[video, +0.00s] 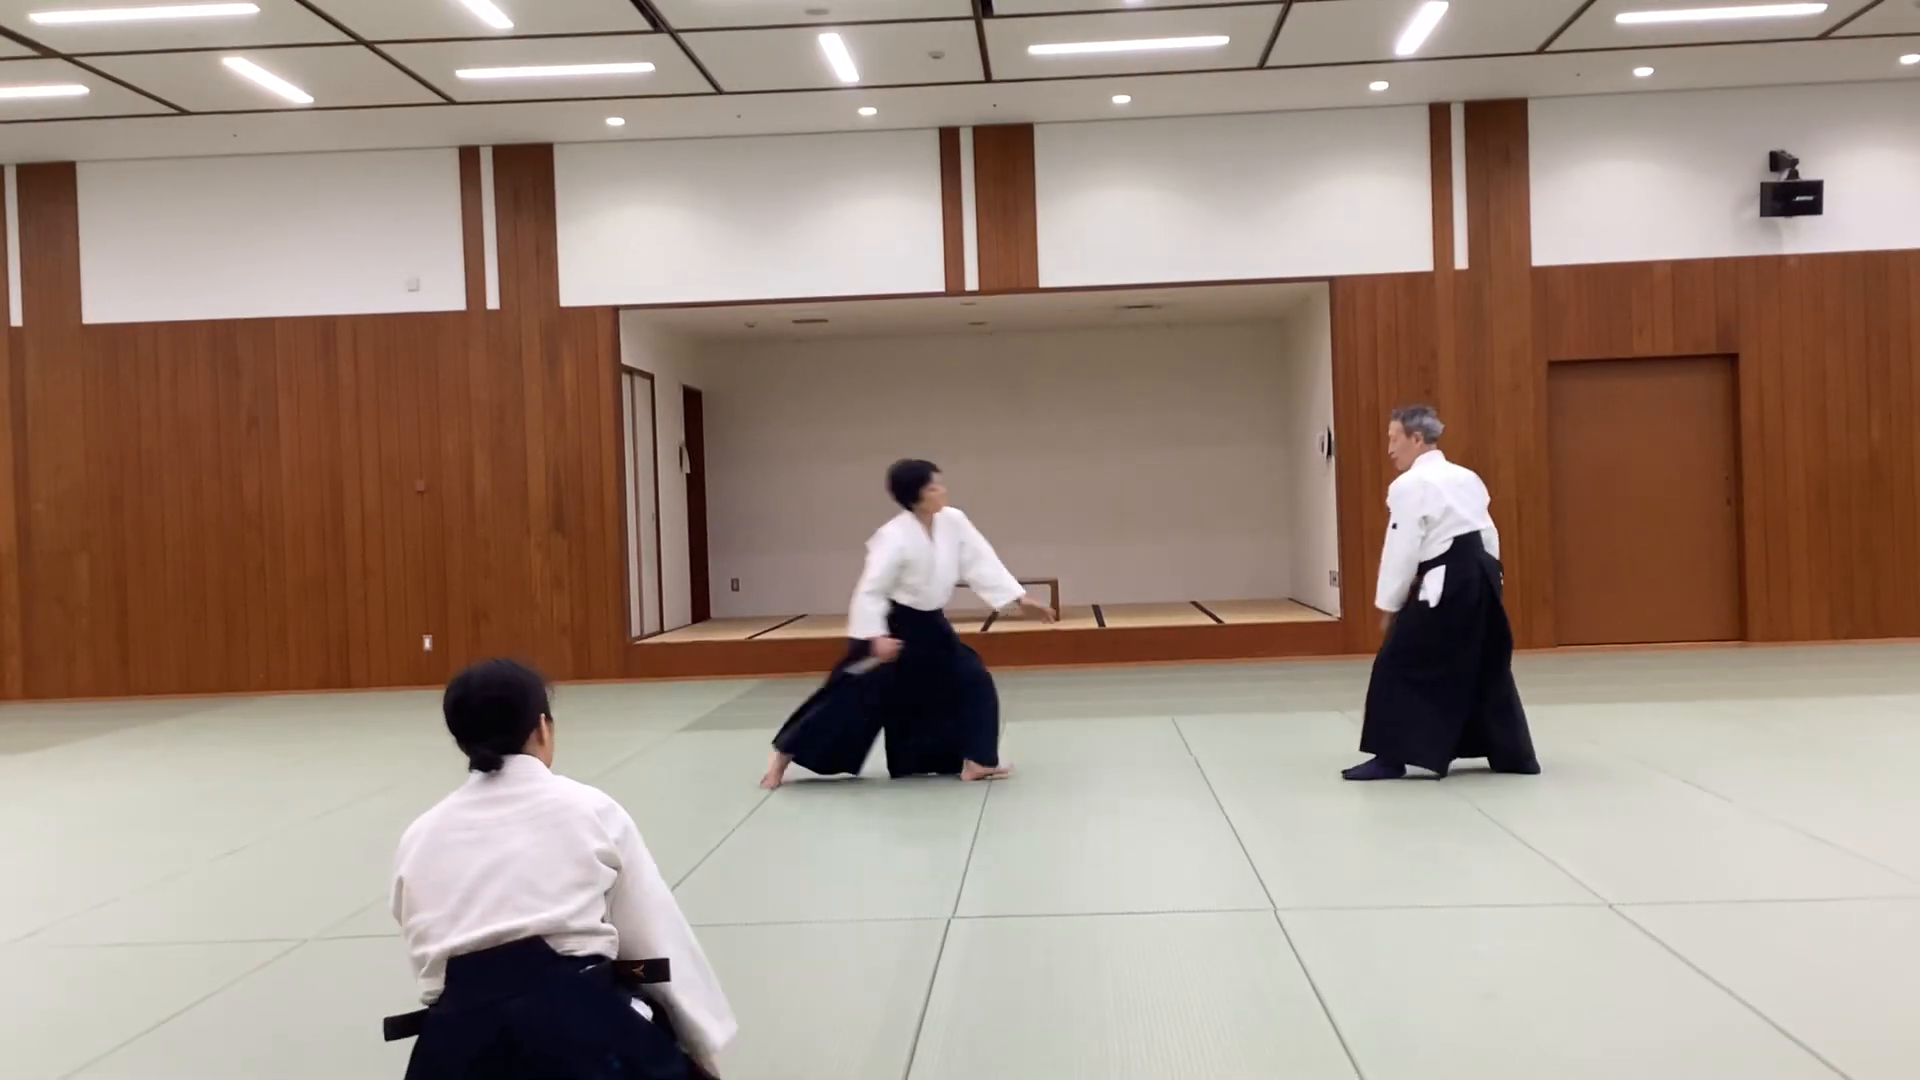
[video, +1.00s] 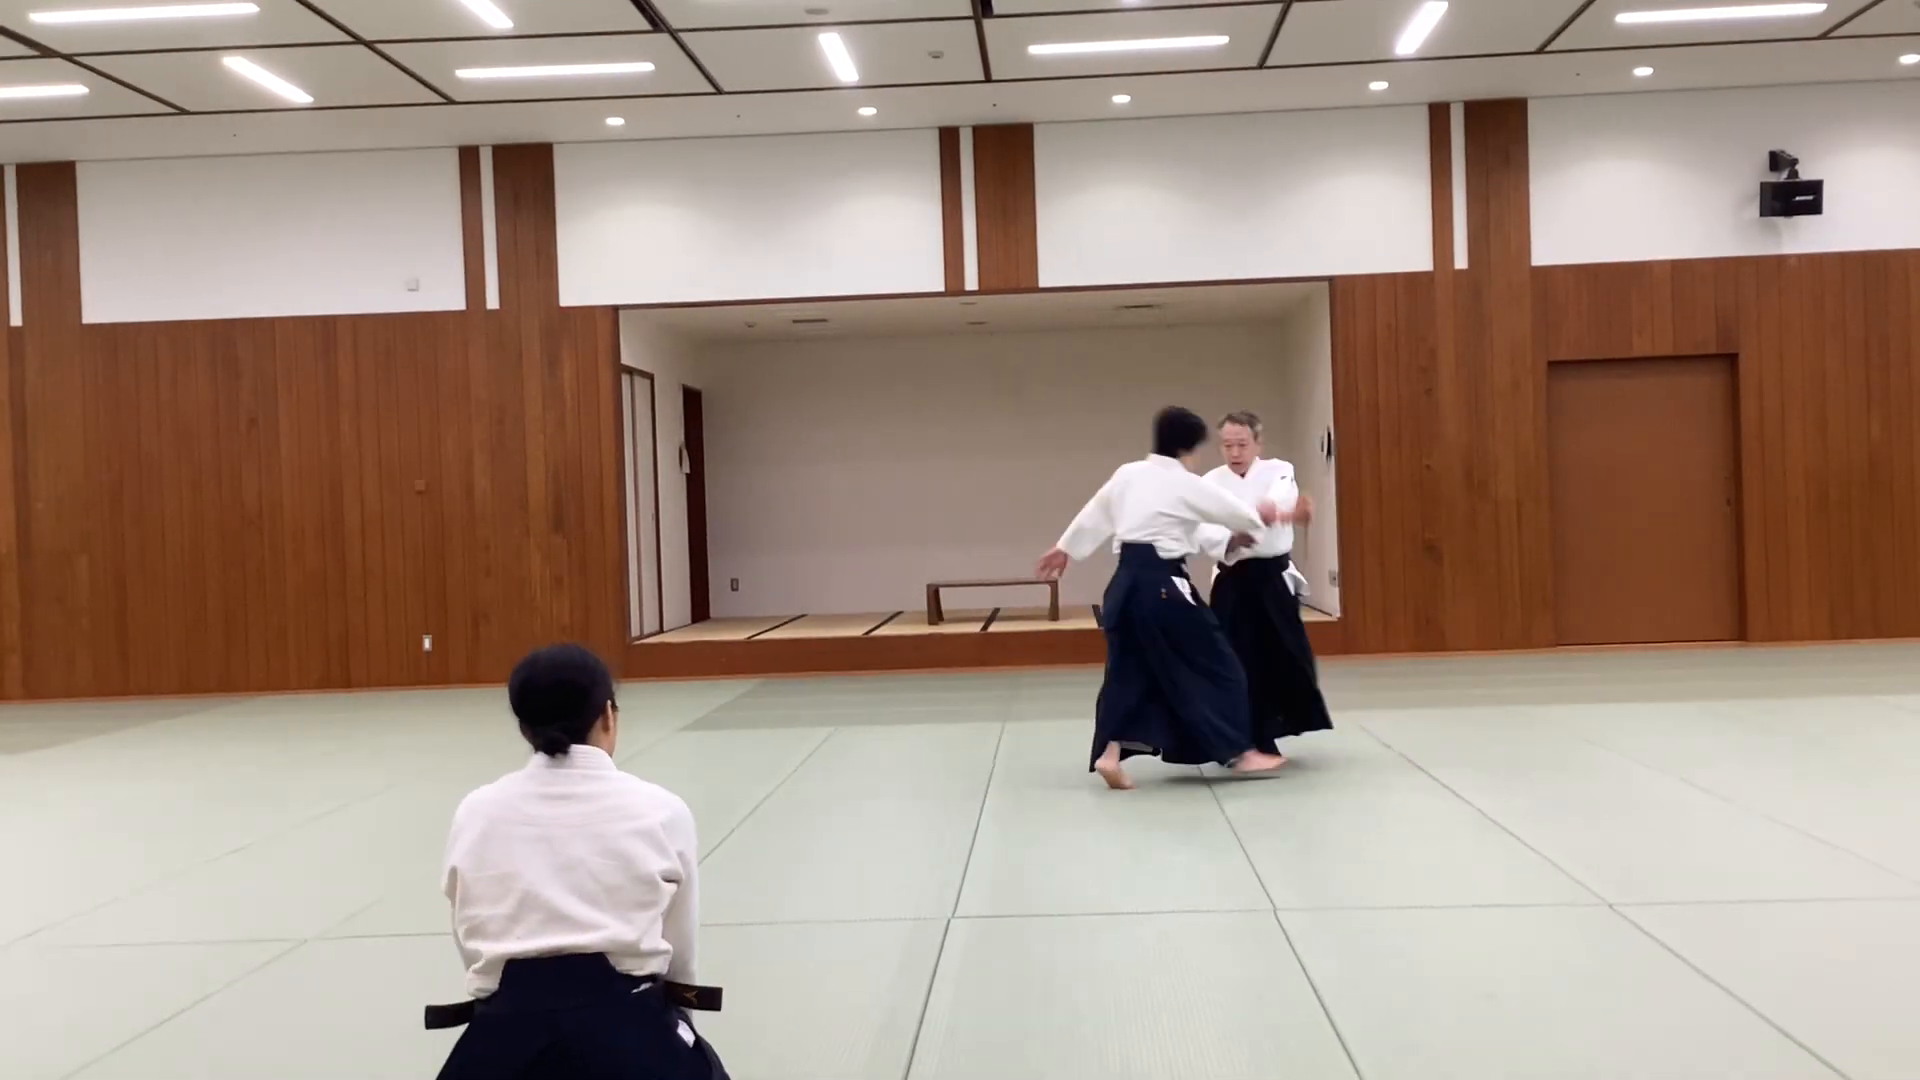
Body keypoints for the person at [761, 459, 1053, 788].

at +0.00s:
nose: (942, 490)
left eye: (939, 484)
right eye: (933, 487)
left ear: (934, 492)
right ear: (915, 497)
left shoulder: (953, 522)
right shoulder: (894, 536)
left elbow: (983, 563)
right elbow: (870, 590)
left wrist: (1021, 599)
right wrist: (877, 635)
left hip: (933, 624)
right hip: (895, 624)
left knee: (975, 680)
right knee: (853, 691)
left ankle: (977, 761)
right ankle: (787, 749)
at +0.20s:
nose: (1007, 484)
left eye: (1003, 478)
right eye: (999, 481)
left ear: (989, 490)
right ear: (984, 492)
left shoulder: (1009, 513)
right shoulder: (967, 527)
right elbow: (990, 573)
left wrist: (1026, 537)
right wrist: (1016, 540)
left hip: (994, 617)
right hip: (965, 618)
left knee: (1019, 690)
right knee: (972, 686)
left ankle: (987, 759)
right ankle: (943, 752)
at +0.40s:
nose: (1060, 444)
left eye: (1053, 443)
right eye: (1054, 445)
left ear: (1035, 471)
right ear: (1053, 466)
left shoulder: (1036, 498)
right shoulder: (1056, 505)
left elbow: (1025, 523)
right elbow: (1086, 489)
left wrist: (1014, 545)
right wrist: (1065, 450)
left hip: (1035, 601)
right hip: (1057, 607)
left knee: (1037, 684)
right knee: (1107, 680)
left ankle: (984, 755)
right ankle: (1156, 762)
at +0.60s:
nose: (1123, 436)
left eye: (1119, 430)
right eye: (1119, 432)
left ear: (1081, 444)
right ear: (1109, 440)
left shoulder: (1067, 479)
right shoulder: (1130, 471)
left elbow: (1046, 528)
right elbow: (1184, 454)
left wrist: (1027, 566)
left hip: (1080, 585)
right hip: (1119, 583)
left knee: (1092, 673)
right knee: (1155, 666)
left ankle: (1055, 734)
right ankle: (1165, 761)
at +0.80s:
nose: (1142, 429)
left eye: (1140, 423)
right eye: (1140, 424)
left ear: (1099, 429)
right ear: (1131, 427)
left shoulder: (1084, 471)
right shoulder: (1144, 458)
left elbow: (1067, 521)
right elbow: (1193, 445)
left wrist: (1050, 562)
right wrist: (1237, 421)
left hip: (1108, 570)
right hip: (1150, 566)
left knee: (1118, 657)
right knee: (1181, 655)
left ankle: (1111, 747)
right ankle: (1174, 754)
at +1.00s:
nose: (1200, 454)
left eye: (1198, 447)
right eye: (1199, 447)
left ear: (1157, 440)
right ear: (1189, 446)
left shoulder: (1126, 475)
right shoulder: (1186, 483)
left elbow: (1092, 514)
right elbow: (1232, 511)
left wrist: (1064, 547)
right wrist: (1260, 516)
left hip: (1124, 585)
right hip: (1166, 586)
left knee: (1127, 669)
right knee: (1218, 663)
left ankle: (1109, 754)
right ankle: (1244, 753)